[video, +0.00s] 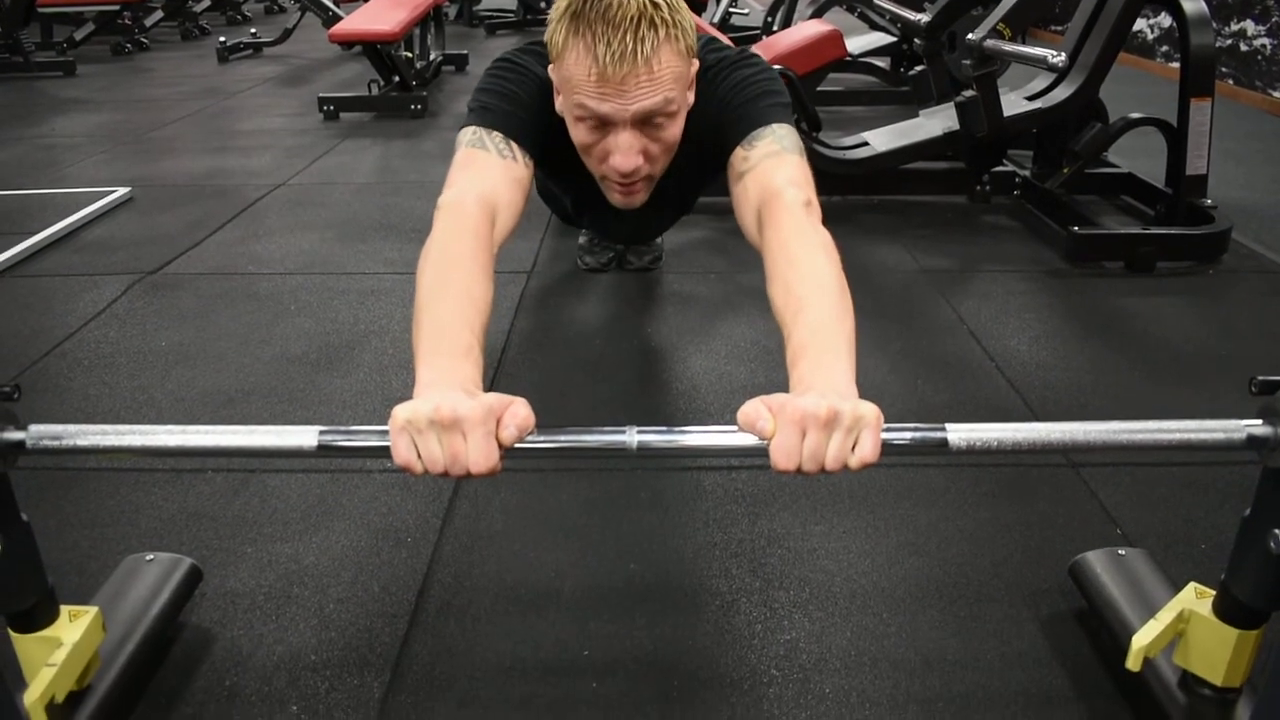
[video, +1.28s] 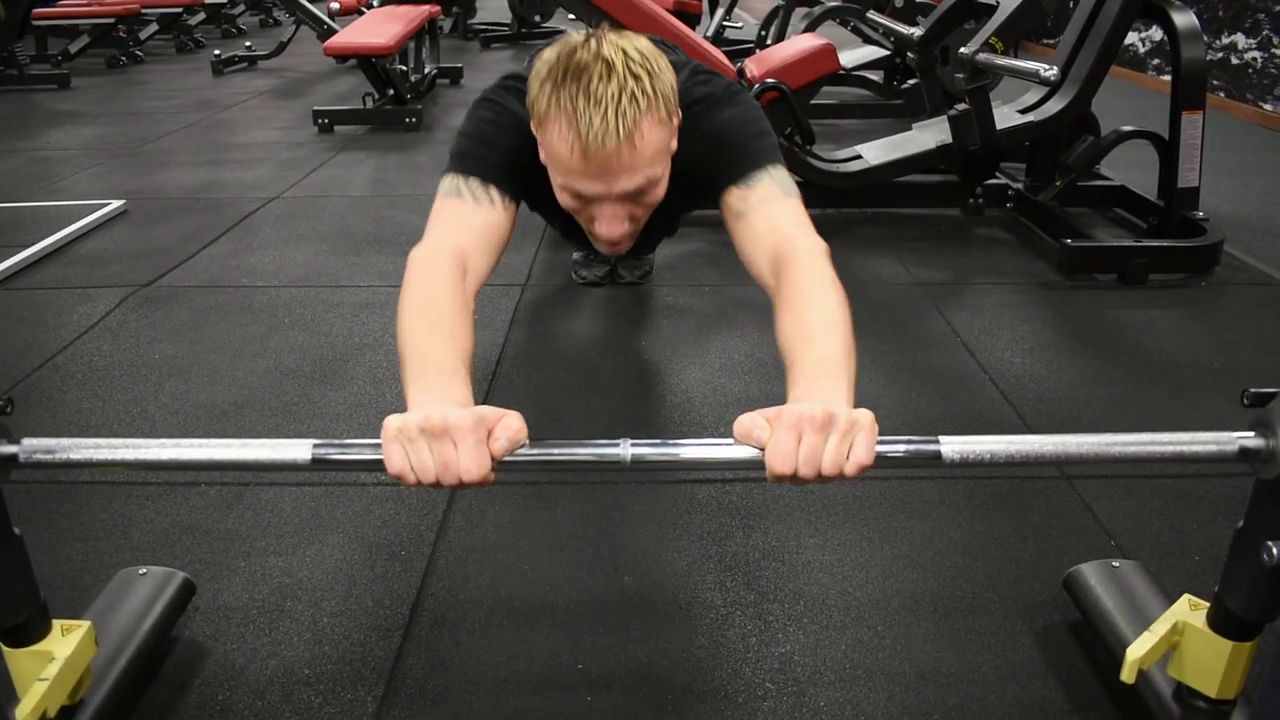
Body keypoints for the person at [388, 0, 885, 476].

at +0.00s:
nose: (626, 153)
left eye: (653, 120)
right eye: (595, 122)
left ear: (690, 82)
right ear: (556, 86)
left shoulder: (738, 83)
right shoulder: (520, 81)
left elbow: (787, 211)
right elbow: (466, 215)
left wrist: (824, 391)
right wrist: (445, 391)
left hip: (671, 194)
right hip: (570, 194)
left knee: (646, 226)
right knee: (589, 224)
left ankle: (639, 246)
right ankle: (604, 243)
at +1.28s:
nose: (614, 223)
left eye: (637, 194)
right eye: (582, 198)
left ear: (674, 138)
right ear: (542, 149)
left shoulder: (720, 115)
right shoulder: (505, 119)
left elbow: (797, 259)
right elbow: (443, 262)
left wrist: (821, 406)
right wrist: (441, 410)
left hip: (669, 203)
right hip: (568, 204)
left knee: (639, 245)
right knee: (586, 240)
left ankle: (634, 258)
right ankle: (595, 254)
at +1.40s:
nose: (617, 262)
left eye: (642, 230)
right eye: (586, 232)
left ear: (677, 165)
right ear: (546, 169)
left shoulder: (727, 141)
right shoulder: (507, 141)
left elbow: (816, 298)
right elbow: (433, 296)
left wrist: (822, 408)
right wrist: (438, 409)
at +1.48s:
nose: (620, 298)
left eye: (647, 268)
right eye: (592, 270)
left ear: (682, 195)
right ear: (551, 204)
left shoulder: (736, 176)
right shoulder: (509, 172)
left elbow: (811, 333)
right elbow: (435, 328)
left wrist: (822, 407)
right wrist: (440, 411)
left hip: (669, 84)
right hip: (546, 83)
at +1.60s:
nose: (624, 365)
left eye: (650, 337)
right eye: (598, 339)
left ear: (687, 262)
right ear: (555, 271)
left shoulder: (734, 219)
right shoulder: (511, 223)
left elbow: (816, 394)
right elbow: (434, 396)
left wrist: (816, 426)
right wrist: (439, 422)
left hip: (673, 112)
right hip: (557, 110)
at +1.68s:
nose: (627, 409)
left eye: (651, 380)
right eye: (600, 382)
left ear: (691, 300)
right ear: (558, 318)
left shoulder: (739, 258)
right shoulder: (516, 256)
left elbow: (837, 501)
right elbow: (433, 498)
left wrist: (818, 458)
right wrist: (443, 452)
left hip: (674, 132)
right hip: (556, 133)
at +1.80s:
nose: (633, 472)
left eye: (655, 443)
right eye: (606, 444)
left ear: (694, 370)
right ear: (562, 387)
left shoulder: (746, 318)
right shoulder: (512, 320)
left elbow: (843, 551)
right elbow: (434, 548)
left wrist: (817, 491)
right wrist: (445, 479)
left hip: (675, 161)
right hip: (555, 164)